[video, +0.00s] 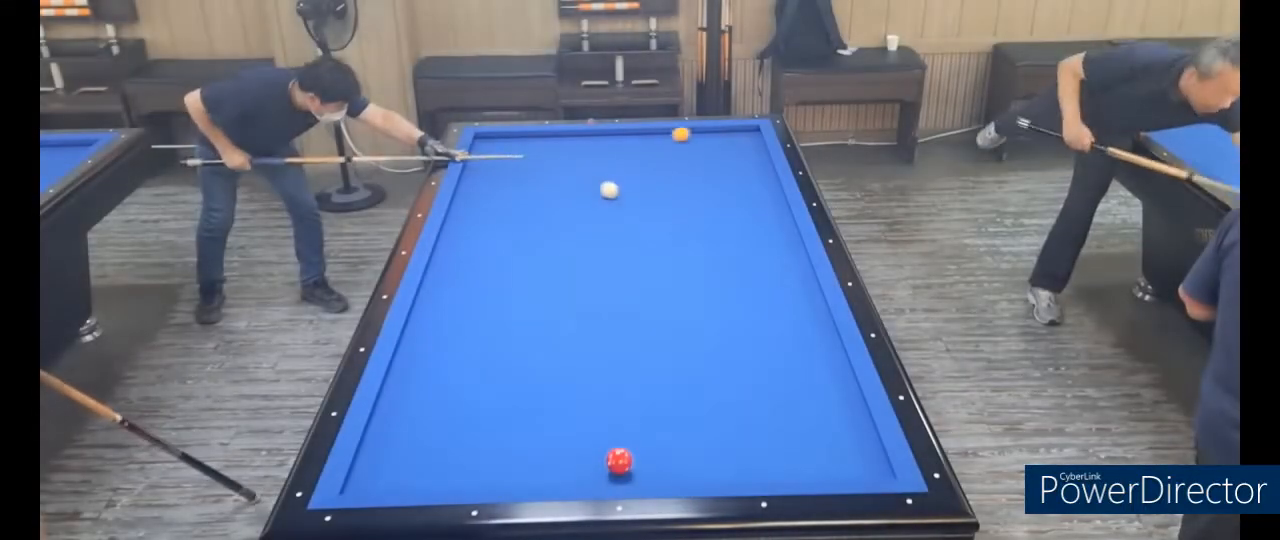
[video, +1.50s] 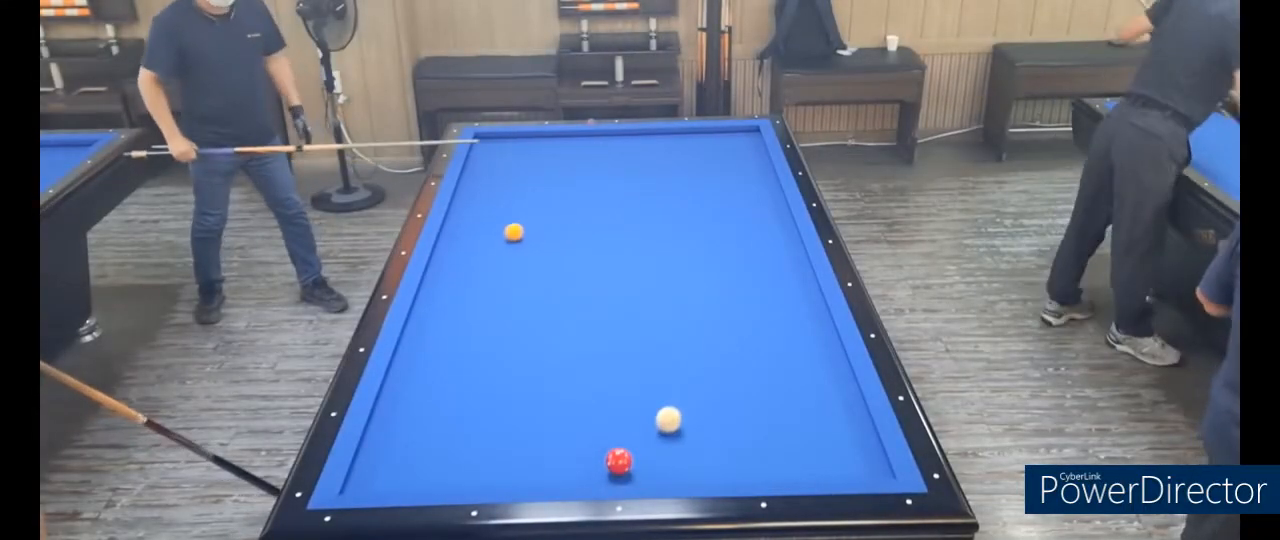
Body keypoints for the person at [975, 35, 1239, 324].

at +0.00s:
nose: (1227, 105)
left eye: (1233, 98)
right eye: (1225, 94)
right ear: (1196, 76)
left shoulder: (1215, 105)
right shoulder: (1146, 60)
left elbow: (1238, 139)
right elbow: (1069, 67)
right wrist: (1071, 123)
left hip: (1112, 133)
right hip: (1076, 103)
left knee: (1081, 209)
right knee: (1027, 117)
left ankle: (1044, 287)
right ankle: (999, 129)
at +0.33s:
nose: (1241, 80)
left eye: (1244, 70)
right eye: (1241, 68)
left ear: (1225, 56)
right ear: (1222, 52)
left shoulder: (1219, 91)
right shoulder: (1170, 45)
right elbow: (1087, 64)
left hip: (1117, 128)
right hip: (1078, 101)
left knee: (1085, 201)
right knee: (1038, 120)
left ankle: (1045, 287)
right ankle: (1013, 126)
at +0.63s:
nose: (1242, 57)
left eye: (1245, 51)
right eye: (1243, 48)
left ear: (1238, 32)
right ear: (1238, 33)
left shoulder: (1223, 60)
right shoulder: (1187, 38)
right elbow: (1131, 73)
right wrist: (1194, 105)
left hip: (1119, 130)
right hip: (1080, 105)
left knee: (1083, 210)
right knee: (1027, 171)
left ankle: (1045, 287)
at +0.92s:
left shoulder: (1227, 25)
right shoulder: (1211, 31)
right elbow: (1162, 78)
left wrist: (1232, 88)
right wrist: (1227, 97)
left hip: (1124, 130)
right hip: (1102, 128)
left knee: (1079, 211)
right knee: (1092, 228)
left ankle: (1033, 287)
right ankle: (1101, 326)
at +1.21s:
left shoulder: (1205, 5)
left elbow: (1140, 18)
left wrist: (1169, 5)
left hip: (1126, 117)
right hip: (1160, 137)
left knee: (1088, 212)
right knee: (1139, 240)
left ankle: (1042, 284)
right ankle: (1129, 329)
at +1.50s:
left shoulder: (1179, 3)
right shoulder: (1236, 24)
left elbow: (1124, 34)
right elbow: (1236, 94)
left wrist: (1161, 29)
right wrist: (1224, 94)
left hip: (1120, 120)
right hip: (1158, 136)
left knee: (1088, 219)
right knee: (1137, 237)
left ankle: (1059, 301)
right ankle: (1130, 329)